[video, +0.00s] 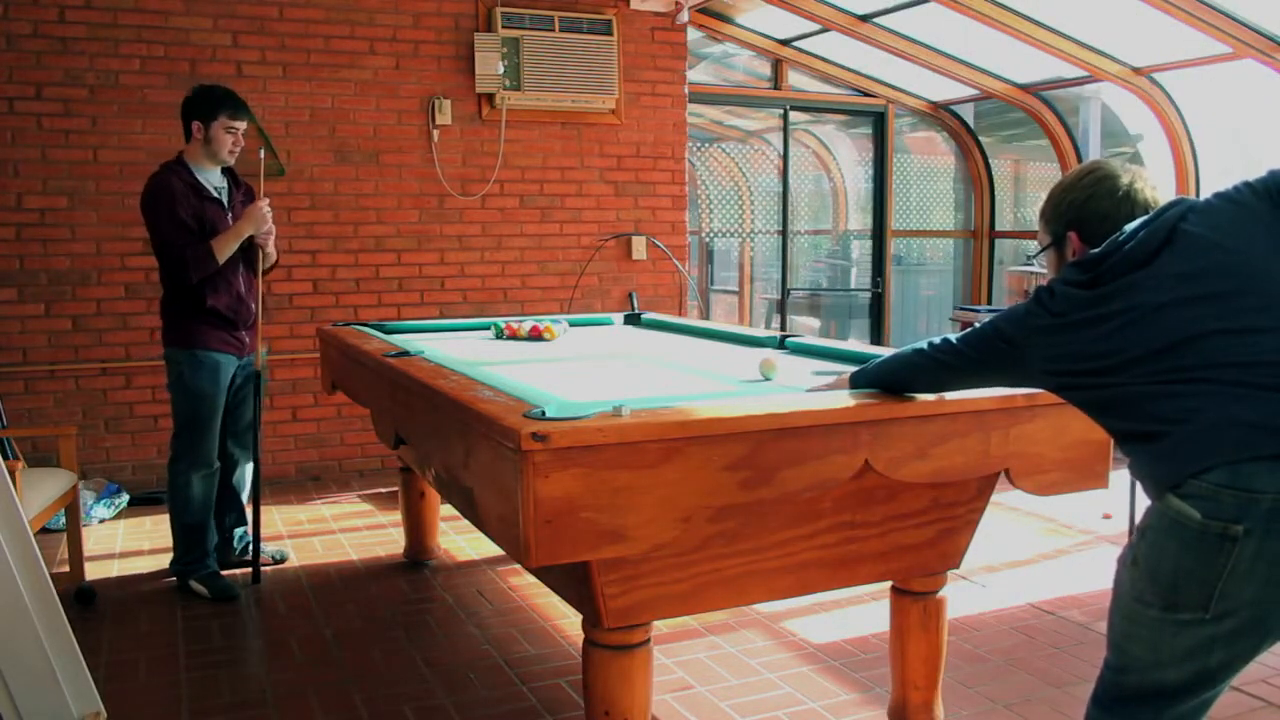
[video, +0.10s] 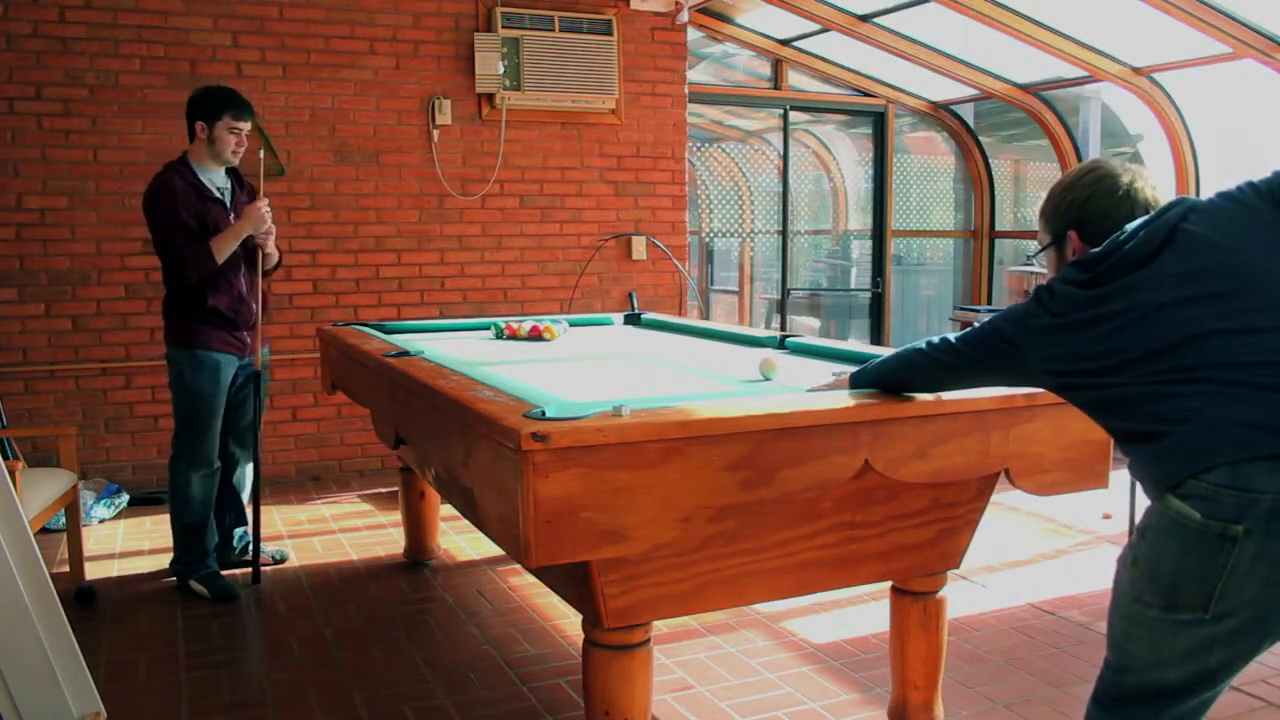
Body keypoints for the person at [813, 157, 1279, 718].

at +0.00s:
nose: (1047, 268)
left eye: (1048, 251)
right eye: (1045, 254)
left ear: (1076, 246)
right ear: (1149, 215)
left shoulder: (1057, 317)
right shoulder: (1248, 209)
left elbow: (941, 360)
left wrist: (861, 376)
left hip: (1237, 503)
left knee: (1135, 702)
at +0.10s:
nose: (1047, 268)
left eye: (1048, 251)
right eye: (1045, 254)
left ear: (1076, 246)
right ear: (1150, 214)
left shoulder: (1057, 317)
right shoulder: (1248, 211)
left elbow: (940, 359)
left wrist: (859, 377)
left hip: (1237, 505)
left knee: (1134, 702)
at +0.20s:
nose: (1046, 267)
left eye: (1048, 250)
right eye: (1044, 252)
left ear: (1076, 245)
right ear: (1151, 214)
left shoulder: (1058, 316)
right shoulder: (1249, 211)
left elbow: (941, 359)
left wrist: (859, 377)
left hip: (1237, 504)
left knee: (1133, 707)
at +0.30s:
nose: (1046, 267)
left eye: (1047, 250)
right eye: (1044, 252)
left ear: (1077, 245)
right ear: (1151, 213)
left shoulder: (1058, 316)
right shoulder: (1249, 210)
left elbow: (941, 359)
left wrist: (859, 377)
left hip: (1237, 505)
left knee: (1133, 707)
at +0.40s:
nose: (1052, 260)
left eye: (1052, 246)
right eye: (1049, 248)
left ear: (1078, 239)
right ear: (1153, 204)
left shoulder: (1063, 311)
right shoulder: (1250, 201)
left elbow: (944, 357)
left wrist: (860, 377)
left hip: (1236, 499)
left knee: (1145, 707)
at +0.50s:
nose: (1060, 217)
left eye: (1060, 204)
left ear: (1081, 197)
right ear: (1165, 169)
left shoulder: (1070, 264)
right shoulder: (1259, 184)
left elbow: (955, 327)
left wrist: (857, 368)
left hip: (1230, 486)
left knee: (1146, 701)